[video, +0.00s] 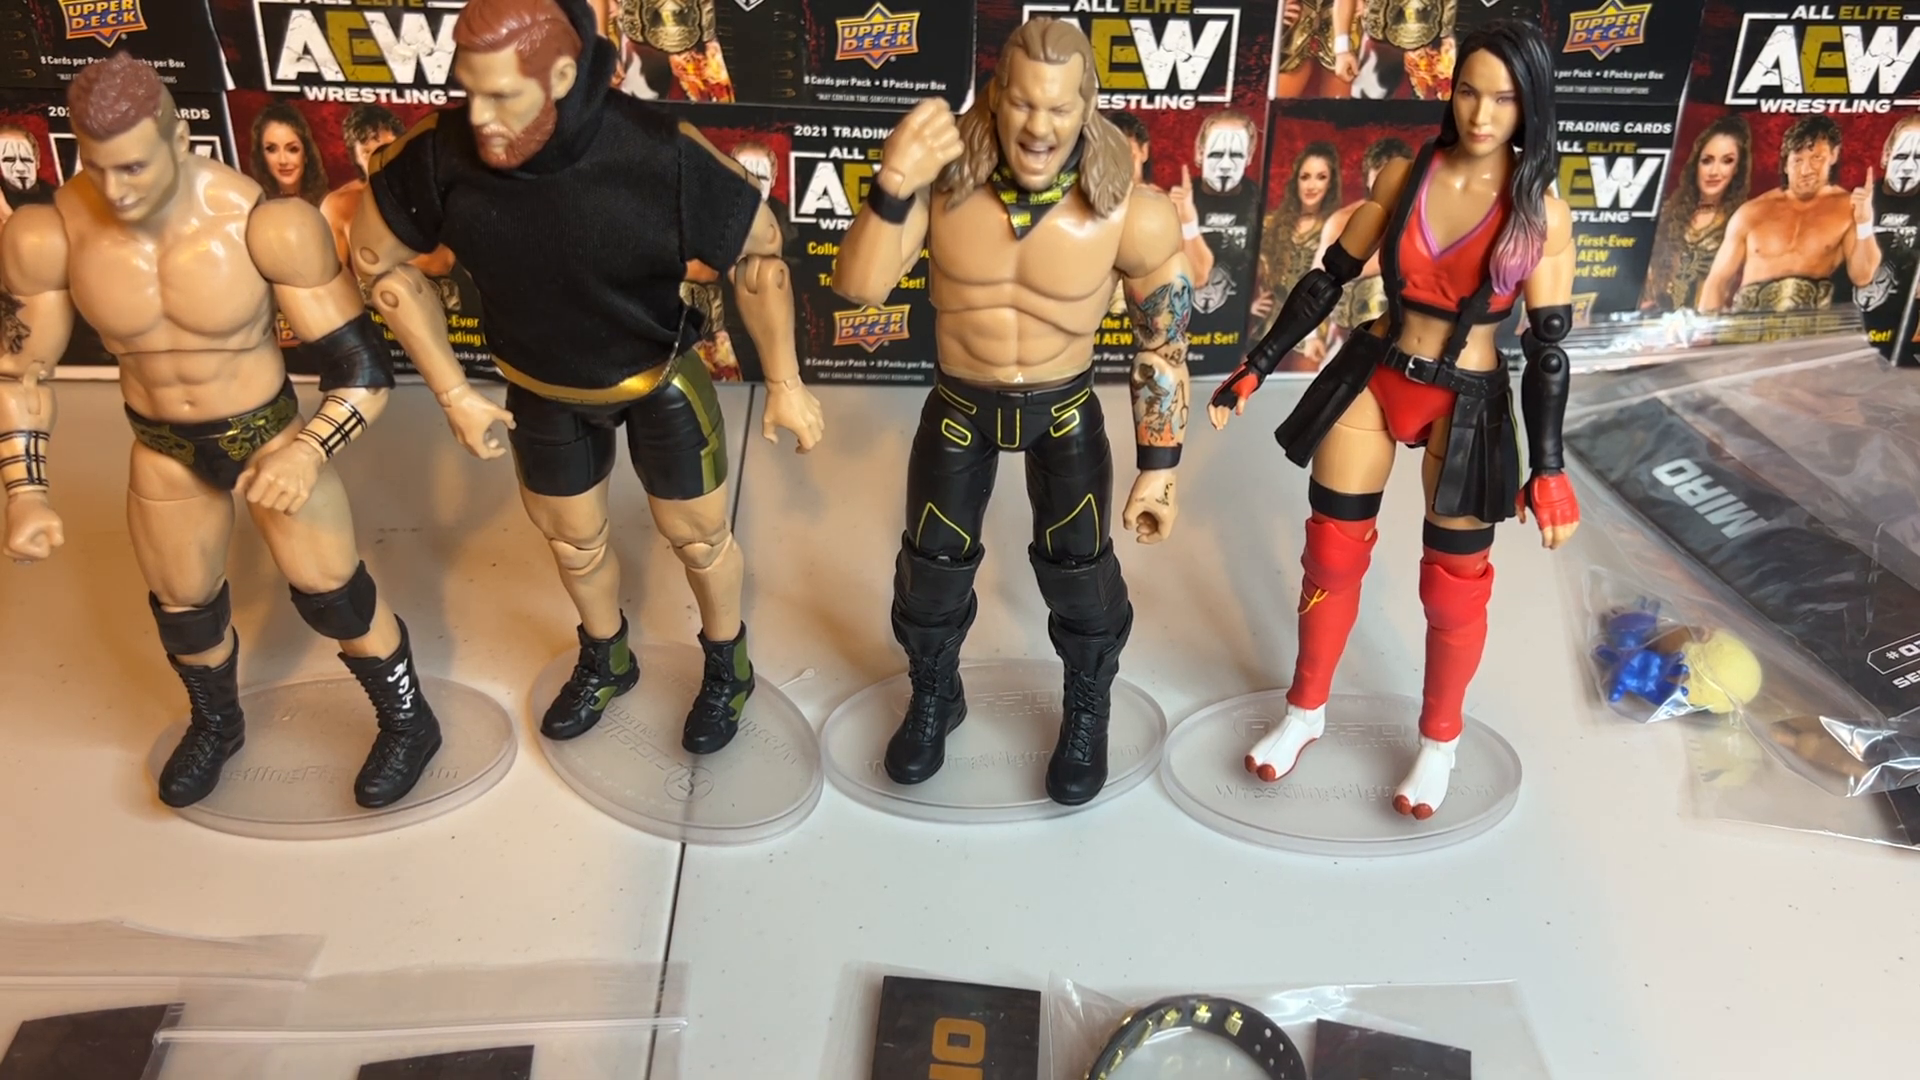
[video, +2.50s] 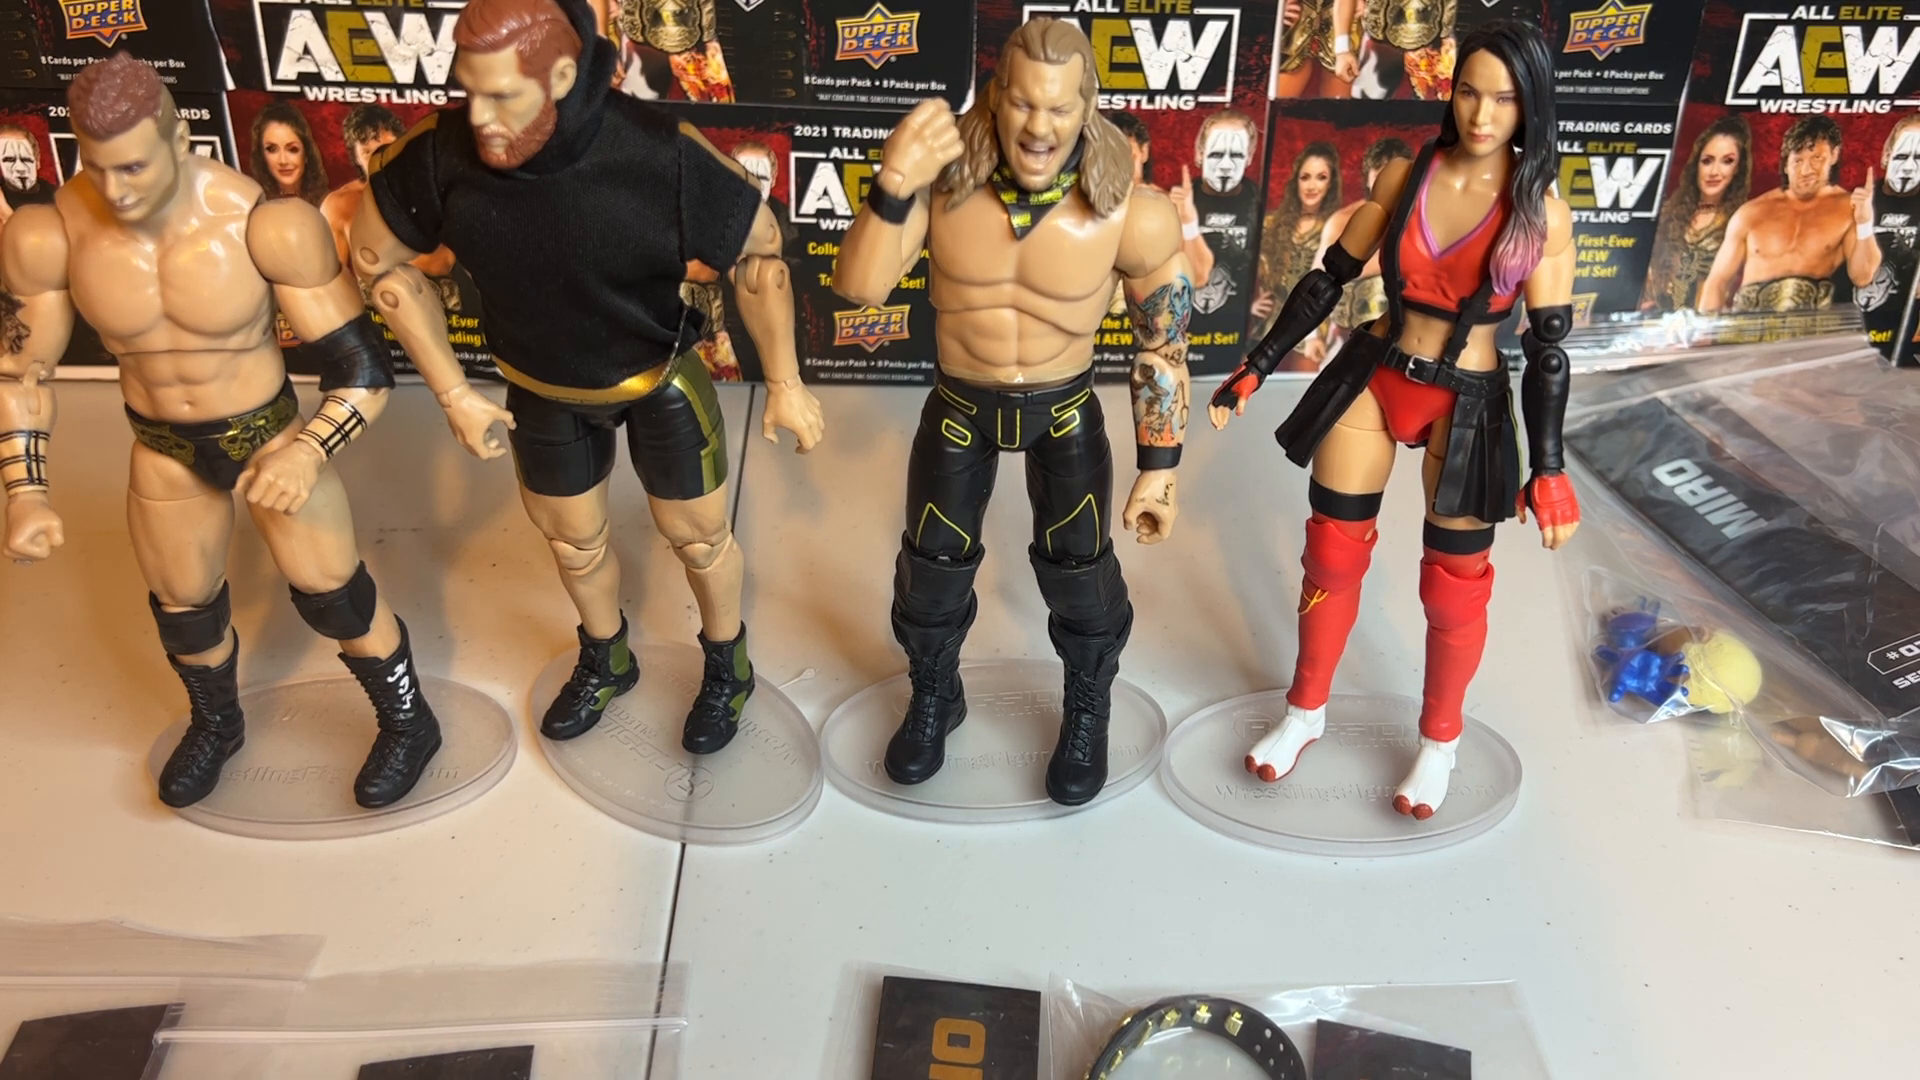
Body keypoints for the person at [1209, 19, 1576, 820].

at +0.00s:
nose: (1480, 113)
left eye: (1501, 99)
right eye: (1469, 93)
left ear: (1528, 108)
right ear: (1451, 94)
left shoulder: (1540, 208)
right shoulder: (1406, 175)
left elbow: (1549, 343)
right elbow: (1332, 273)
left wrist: (1549, 465)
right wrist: (1256, 364)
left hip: (1467, 404)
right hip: (1371, 382)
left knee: (1454, 590)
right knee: (1331, 559)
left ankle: (1437, 742)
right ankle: (1304, 710)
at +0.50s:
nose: (1479, 113)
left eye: (1501, 99)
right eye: (1469, 93)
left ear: (1528, 108)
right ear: (1450, 93)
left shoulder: (1540, 208)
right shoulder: (1406, 174)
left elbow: (1549, 343)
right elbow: (1333, 273)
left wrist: (1549, 464)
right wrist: (1257, 363)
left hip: (1466, 405)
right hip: (1371, 383)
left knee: (1454, 591)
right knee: (1331, 560)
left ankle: (1438, 742)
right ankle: (1305, 710)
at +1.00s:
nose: (1480, 113)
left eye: (1501, 99)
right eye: (1469, 94)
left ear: (1528, 108)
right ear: (1451, 94)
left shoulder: (1540, 209)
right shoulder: (1406, 175)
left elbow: (1548, 345)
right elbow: (1332, 274)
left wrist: (1549, 466)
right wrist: (1256, 364)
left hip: (1467, 404)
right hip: (1372, 382)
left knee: (1454, 591)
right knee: (1331, 559)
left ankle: (1438, 741)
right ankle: (1304, 710)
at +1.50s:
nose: (1480, 114)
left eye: (1501, 99)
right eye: (1469, 94)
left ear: (1529, 108)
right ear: (1451, 94)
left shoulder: (1540, 208)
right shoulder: (1406, 175)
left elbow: (1549, 344)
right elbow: (1332, 274)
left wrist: (1549, 466)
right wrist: (1256, 364)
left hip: (1467, 404)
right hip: (1371, 382)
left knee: (1454, 591)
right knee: (1331, 560)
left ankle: (1437, 742)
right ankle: (1304, 710)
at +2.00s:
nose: (1480, 113)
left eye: (1501, 99)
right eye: (1469, 94)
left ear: (1529, 108)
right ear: (1450, 94)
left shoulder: (1540, 209)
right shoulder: (1406, 175)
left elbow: (1549, 345)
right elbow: (1333, 273)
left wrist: (1549, 466)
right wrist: (1256, 364)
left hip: (1467, 405)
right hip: (1372, 383)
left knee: (1454, 590)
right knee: (1331, 560)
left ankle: (1438, 742)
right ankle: (1304, 710)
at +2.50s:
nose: (1480, 113)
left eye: (1501, 99)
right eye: (1469, 94)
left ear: (1528, 108)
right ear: (1451, 94)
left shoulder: (1540, 209)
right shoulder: (1406, 175)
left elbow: (1549, 345)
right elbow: (1333, 274)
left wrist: (1549, 466)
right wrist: (1256, 365)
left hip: (1467, 404)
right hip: (1372, 382)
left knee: (1454, 591)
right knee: (1331, 560)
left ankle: (1438, 742)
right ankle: (1304, 710)